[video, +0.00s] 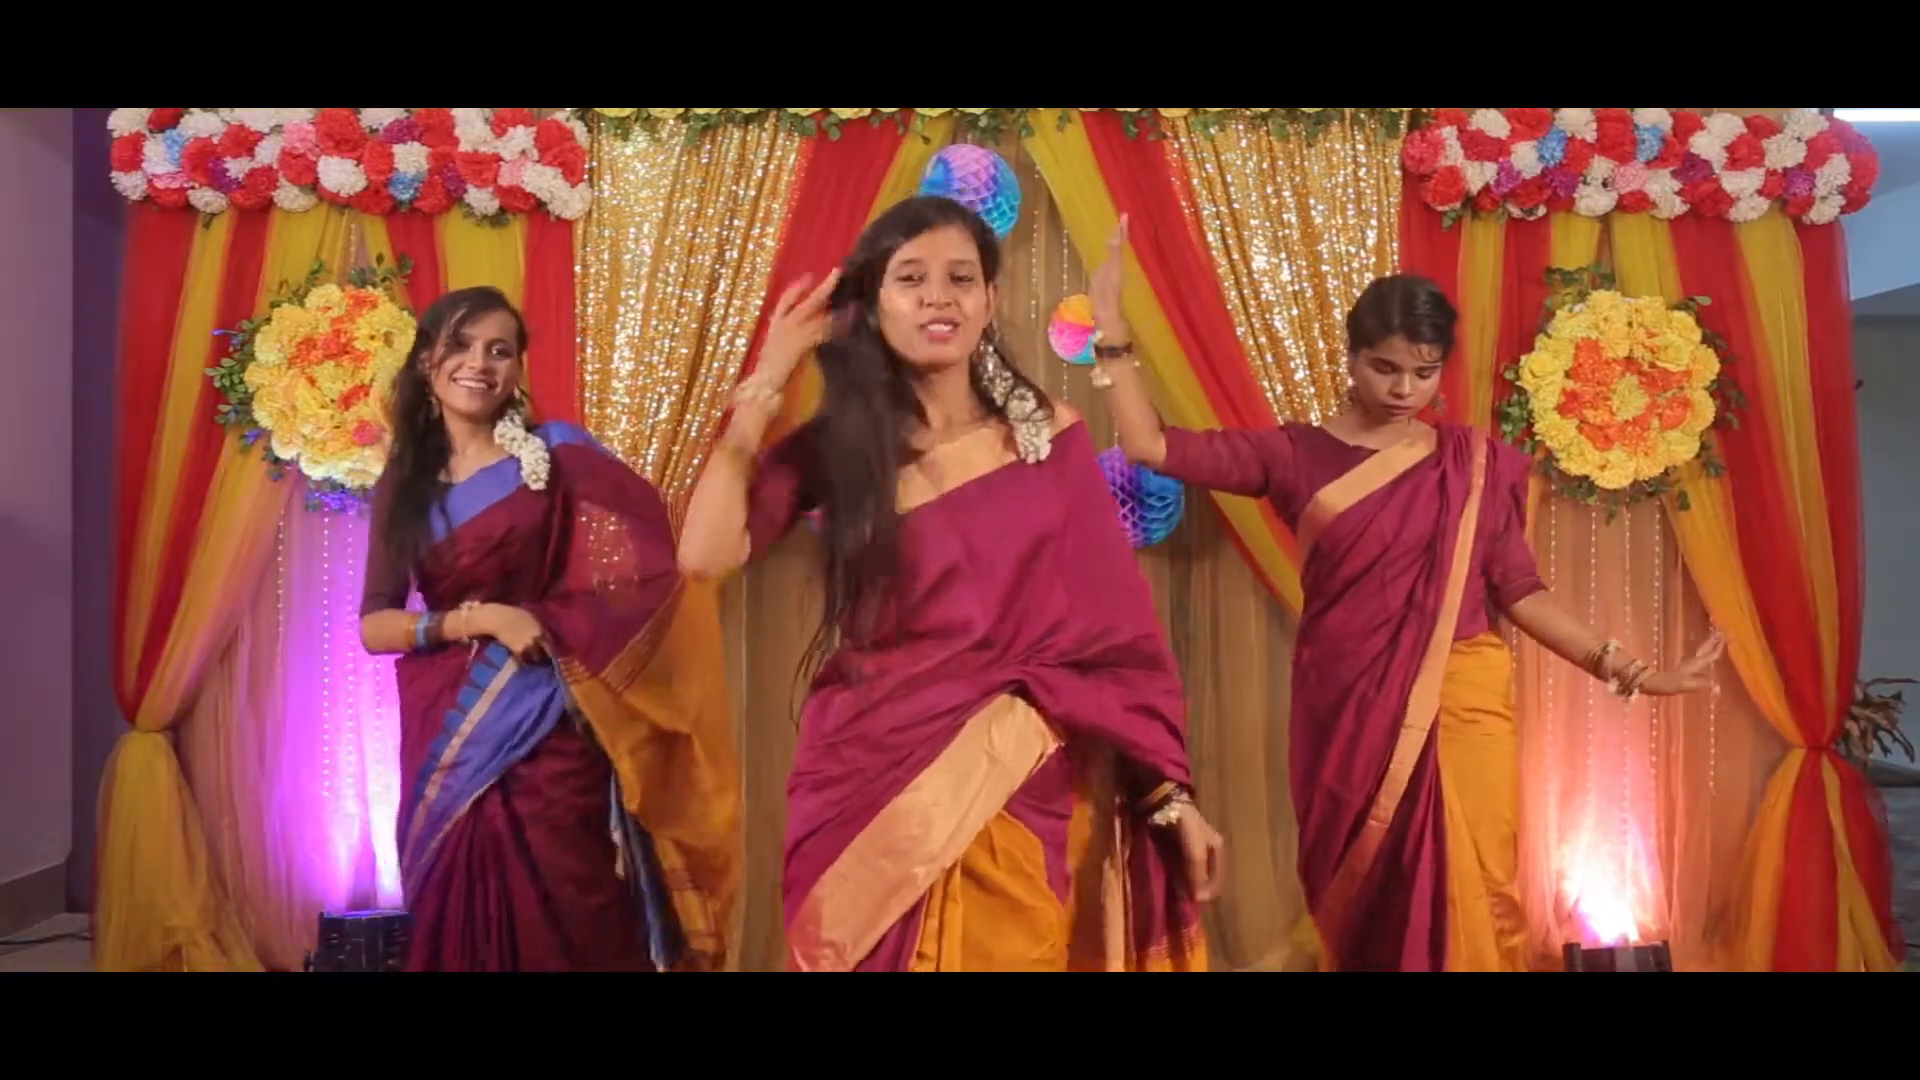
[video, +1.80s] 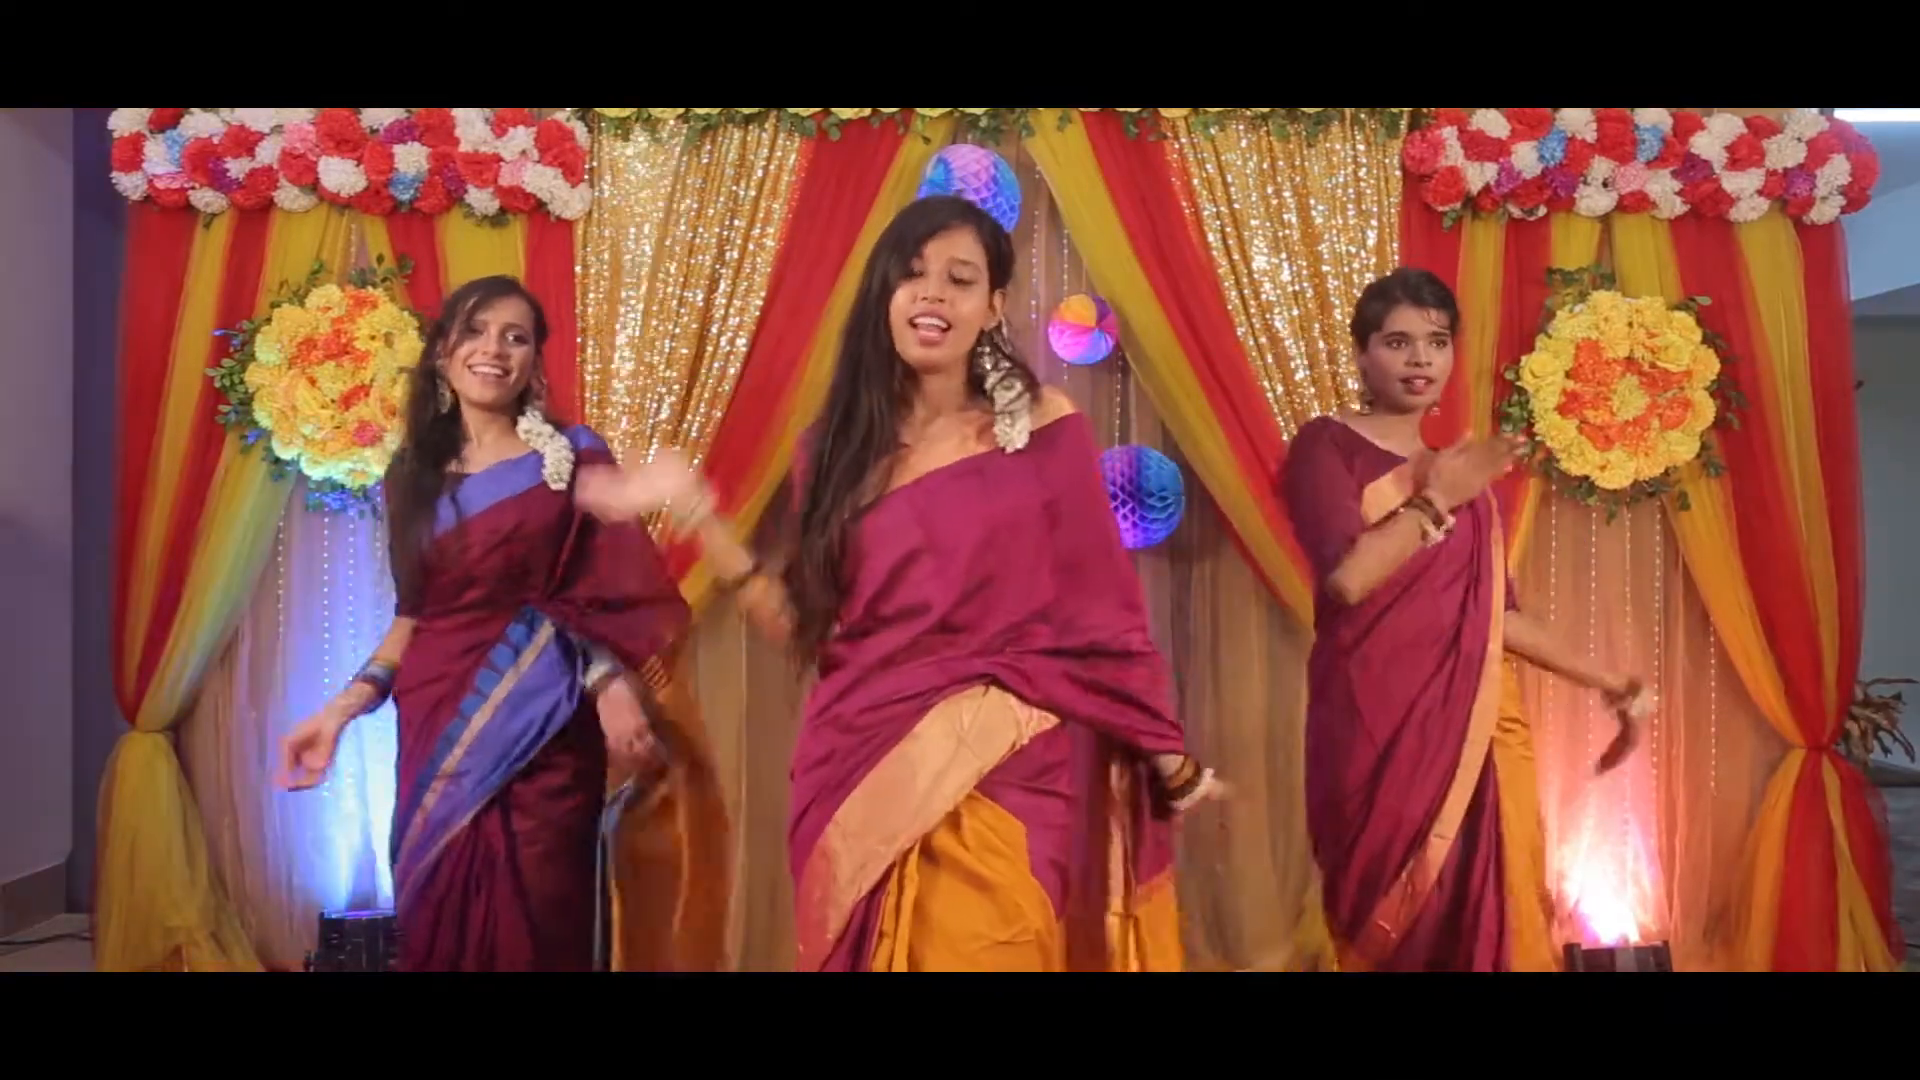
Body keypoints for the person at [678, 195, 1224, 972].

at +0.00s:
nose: (939, 299)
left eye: (961, 278)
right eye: (911, 279)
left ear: (991, 302)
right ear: (871, 308)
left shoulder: (1048, 432)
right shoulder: (846, 442)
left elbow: (1119, 628)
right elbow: (703, 553)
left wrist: (1168, 791)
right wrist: (764, 380)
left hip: (1029, 788)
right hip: (870, 788)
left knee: (1023, 956)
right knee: (868, 959)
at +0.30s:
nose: (936, 273)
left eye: (965, 263)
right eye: (917, 252)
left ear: (991, 302)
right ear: (879, 274)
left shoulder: (1027, 427)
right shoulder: (823, 422)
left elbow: (1096, 609)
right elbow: (645, 484)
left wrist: (1205, 735)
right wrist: (659, 341)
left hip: (1032, 754)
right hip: (877, 756)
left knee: (1013, 949)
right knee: (878, 954)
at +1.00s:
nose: (944, 291)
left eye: (970, 277)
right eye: (921, 271)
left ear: (995, 305)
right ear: (880, 291)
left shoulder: (1048, 437)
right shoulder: (844, 431)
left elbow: (1128, 621)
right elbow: (638, 375)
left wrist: (1248, 707)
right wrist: (617, 220)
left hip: (1022, 759)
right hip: (875, 757)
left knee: (1005, 949)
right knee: (868, 953)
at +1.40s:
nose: (946, 281)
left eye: (972, 265)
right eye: (924, 260)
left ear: (1004, 295)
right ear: (888, 286)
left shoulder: (1044, 433)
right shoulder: (841, 421)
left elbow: (1107, 622)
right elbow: (633, 451)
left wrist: (1225, 752)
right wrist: (652, 275)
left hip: (1025, 754)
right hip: (875, 755)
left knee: (1019, 948)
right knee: (883, 955)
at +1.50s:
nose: (944, 285)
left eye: (972, 267)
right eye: (922, 264)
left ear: (1004, 296)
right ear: (892, 285)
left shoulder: (1044, 433)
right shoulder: (840, 427)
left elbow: (1109, 626)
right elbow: (678, 548)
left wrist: (1211, 763)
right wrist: (627, 385)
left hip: (1024, 757)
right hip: (871, 757)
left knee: (1007, 953)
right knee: (875, 956)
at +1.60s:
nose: (943, 290)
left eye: (969, 272)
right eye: (922, 268)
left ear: (1003, 301)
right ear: (889, 289)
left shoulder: (1048, 436)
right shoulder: (834, 439)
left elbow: (1109, 631)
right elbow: (772, 619)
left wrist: (1186, 782)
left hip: (1020, 764)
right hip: (866, 763)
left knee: (998, 952)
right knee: (864, 956)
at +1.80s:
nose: (930, 295)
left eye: (959, 279)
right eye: (913, 273)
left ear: (993, 308)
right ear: (880, 292)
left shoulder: (1041, 423)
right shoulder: (836, 447)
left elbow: (1103, 603)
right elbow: (793, 624)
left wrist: (1159, 739)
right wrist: (700, 520)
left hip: (1019, 752)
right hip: (868, 754)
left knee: (991, 949)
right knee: (867, 951)